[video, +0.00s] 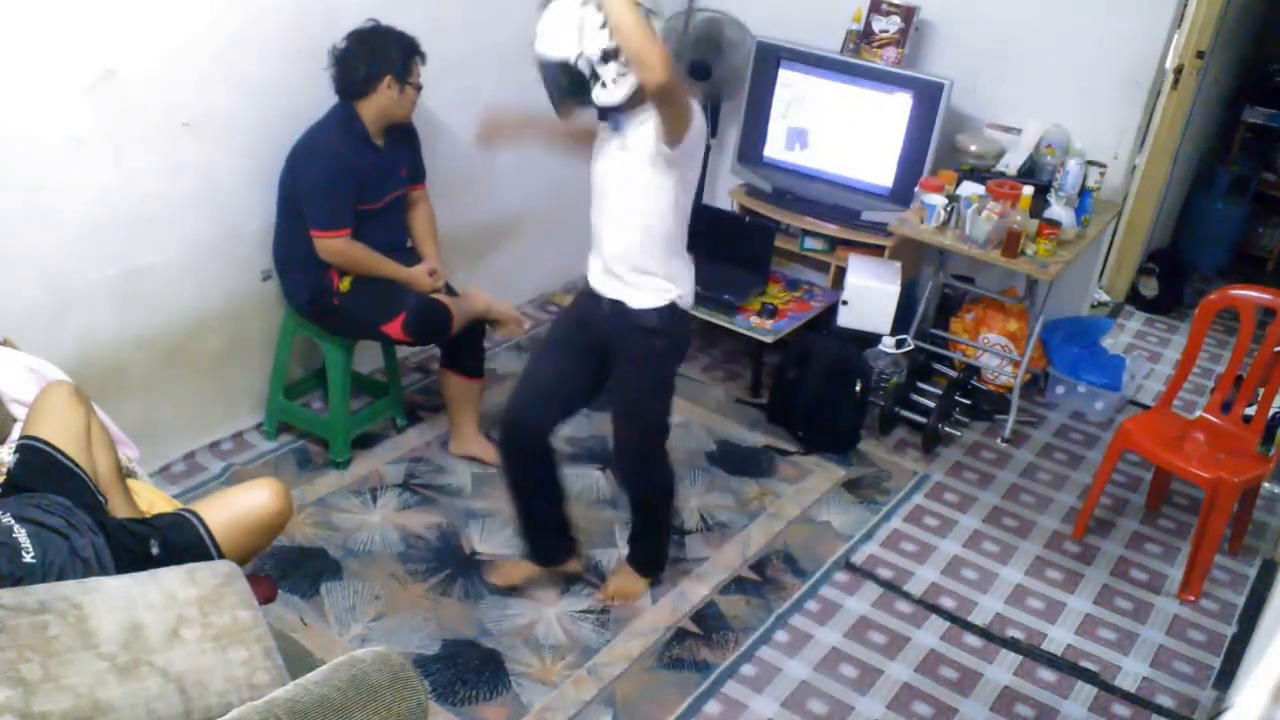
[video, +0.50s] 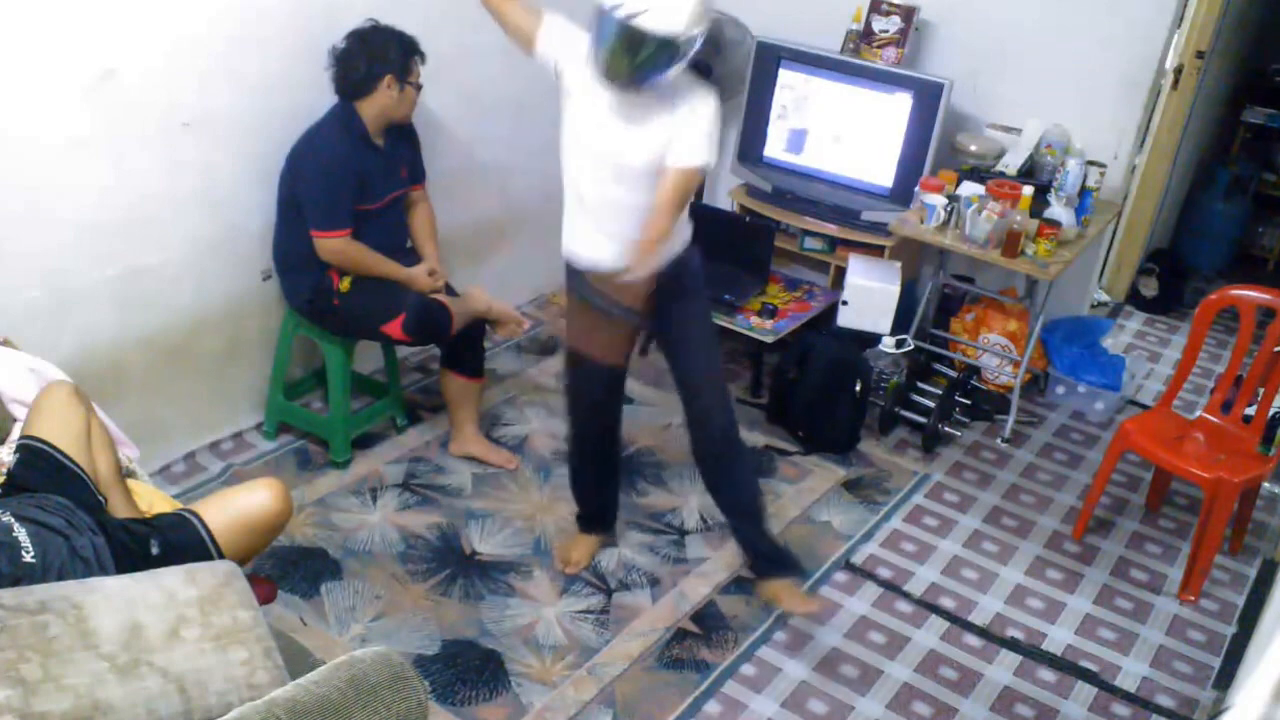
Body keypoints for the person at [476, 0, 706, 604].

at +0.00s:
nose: (603, 68)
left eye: (613, 55)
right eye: (597, 58)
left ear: (643, 58)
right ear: (593, 63)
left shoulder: (679, 122)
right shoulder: (613, 126)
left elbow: (657, 77)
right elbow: (578, 137)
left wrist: (615, 2)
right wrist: (519, 130)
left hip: (655, 317)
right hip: (598, 304)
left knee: (638, 452)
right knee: (523, 423)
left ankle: (645, 560)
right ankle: (554, 553)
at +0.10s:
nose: (613, 50)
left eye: (628, 43)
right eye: (613, 43)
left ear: (654, 47)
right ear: (628, 41)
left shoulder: (681, 103)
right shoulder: (612, 93)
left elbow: (631, 44)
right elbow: (579, 70)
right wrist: (537, 55)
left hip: (663, 300)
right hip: (600, 288)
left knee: (652, 440)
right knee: (550, 420)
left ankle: (642, 561)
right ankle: (571, 550)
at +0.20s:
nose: (599, 32)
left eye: (608, 20)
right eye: (597, 25)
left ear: (644, 18)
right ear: (601, 29)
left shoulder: (674, 68)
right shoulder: (601, 73)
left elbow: (595, 8)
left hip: (670, 270)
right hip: (598, 265)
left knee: (679, 420)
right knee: (574, 408)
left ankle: (690, 553)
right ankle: (583, 522)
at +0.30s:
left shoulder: (680, 82)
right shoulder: (604, 60)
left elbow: (597, 61)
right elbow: (561, 39)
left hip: (664, 284)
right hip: (591, 278)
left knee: (700, 436)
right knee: (574, 419)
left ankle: (749, 565)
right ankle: (589, 519)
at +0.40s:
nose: (616, 78)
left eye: (633, 65)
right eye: (606, 63)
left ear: (661, 62)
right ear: (590, 57)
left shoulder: (685, 123)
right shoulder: (584, 87)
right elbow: (513, 26)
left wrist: (560, 195)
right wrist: (568, 5)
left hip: (660, 304)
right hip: (584, 302)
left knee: (718, 446)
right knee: (572, 429)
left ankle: (791, 576)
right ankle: (595, 529)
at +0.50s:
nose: (634, 63)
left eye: (654, 54)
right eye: (627, 45)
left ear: (681, 49)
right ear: (613, 29)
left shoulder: (692, 100)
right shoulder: (579, 54)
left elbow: (675, 196)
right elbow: (504, 7)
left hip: (670, 268)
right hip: (592, 266)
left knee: (712, 418)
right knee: (590, 414)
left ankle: (769, 565)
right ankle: (593, 523)